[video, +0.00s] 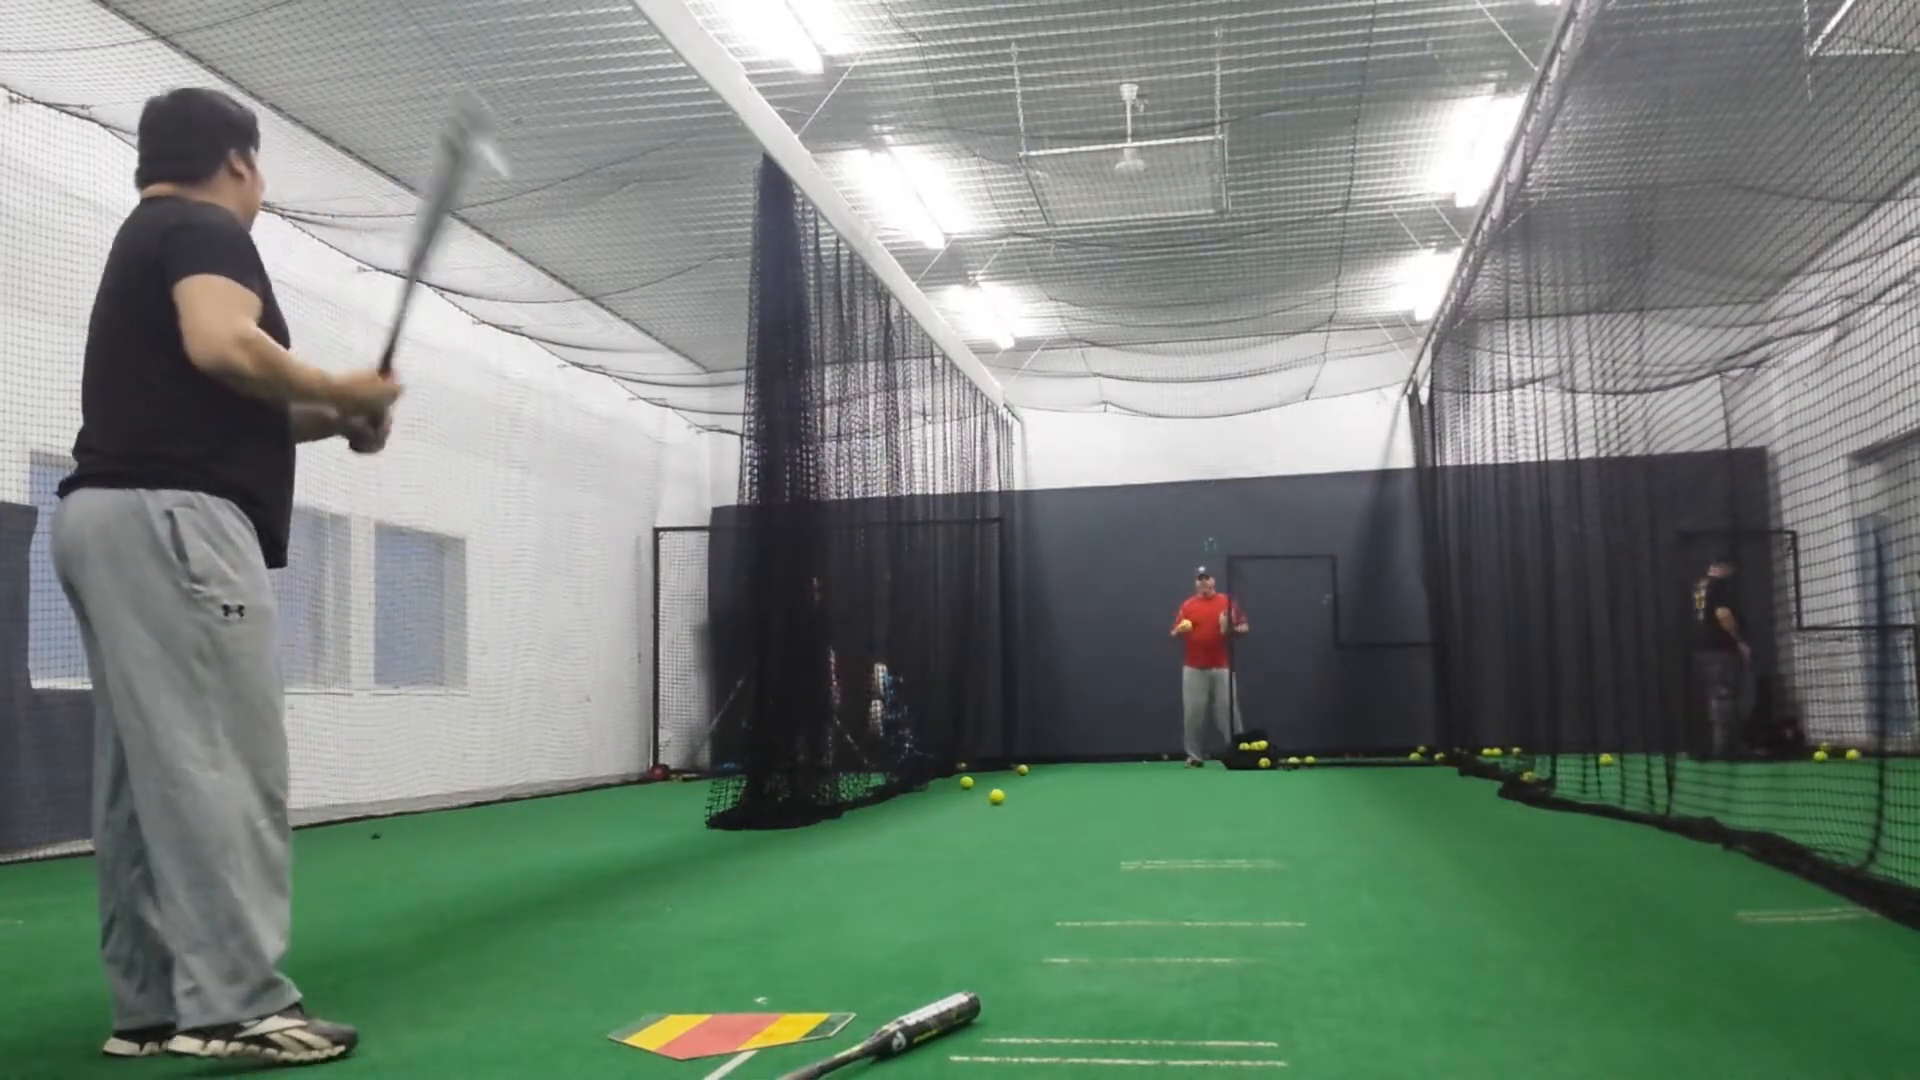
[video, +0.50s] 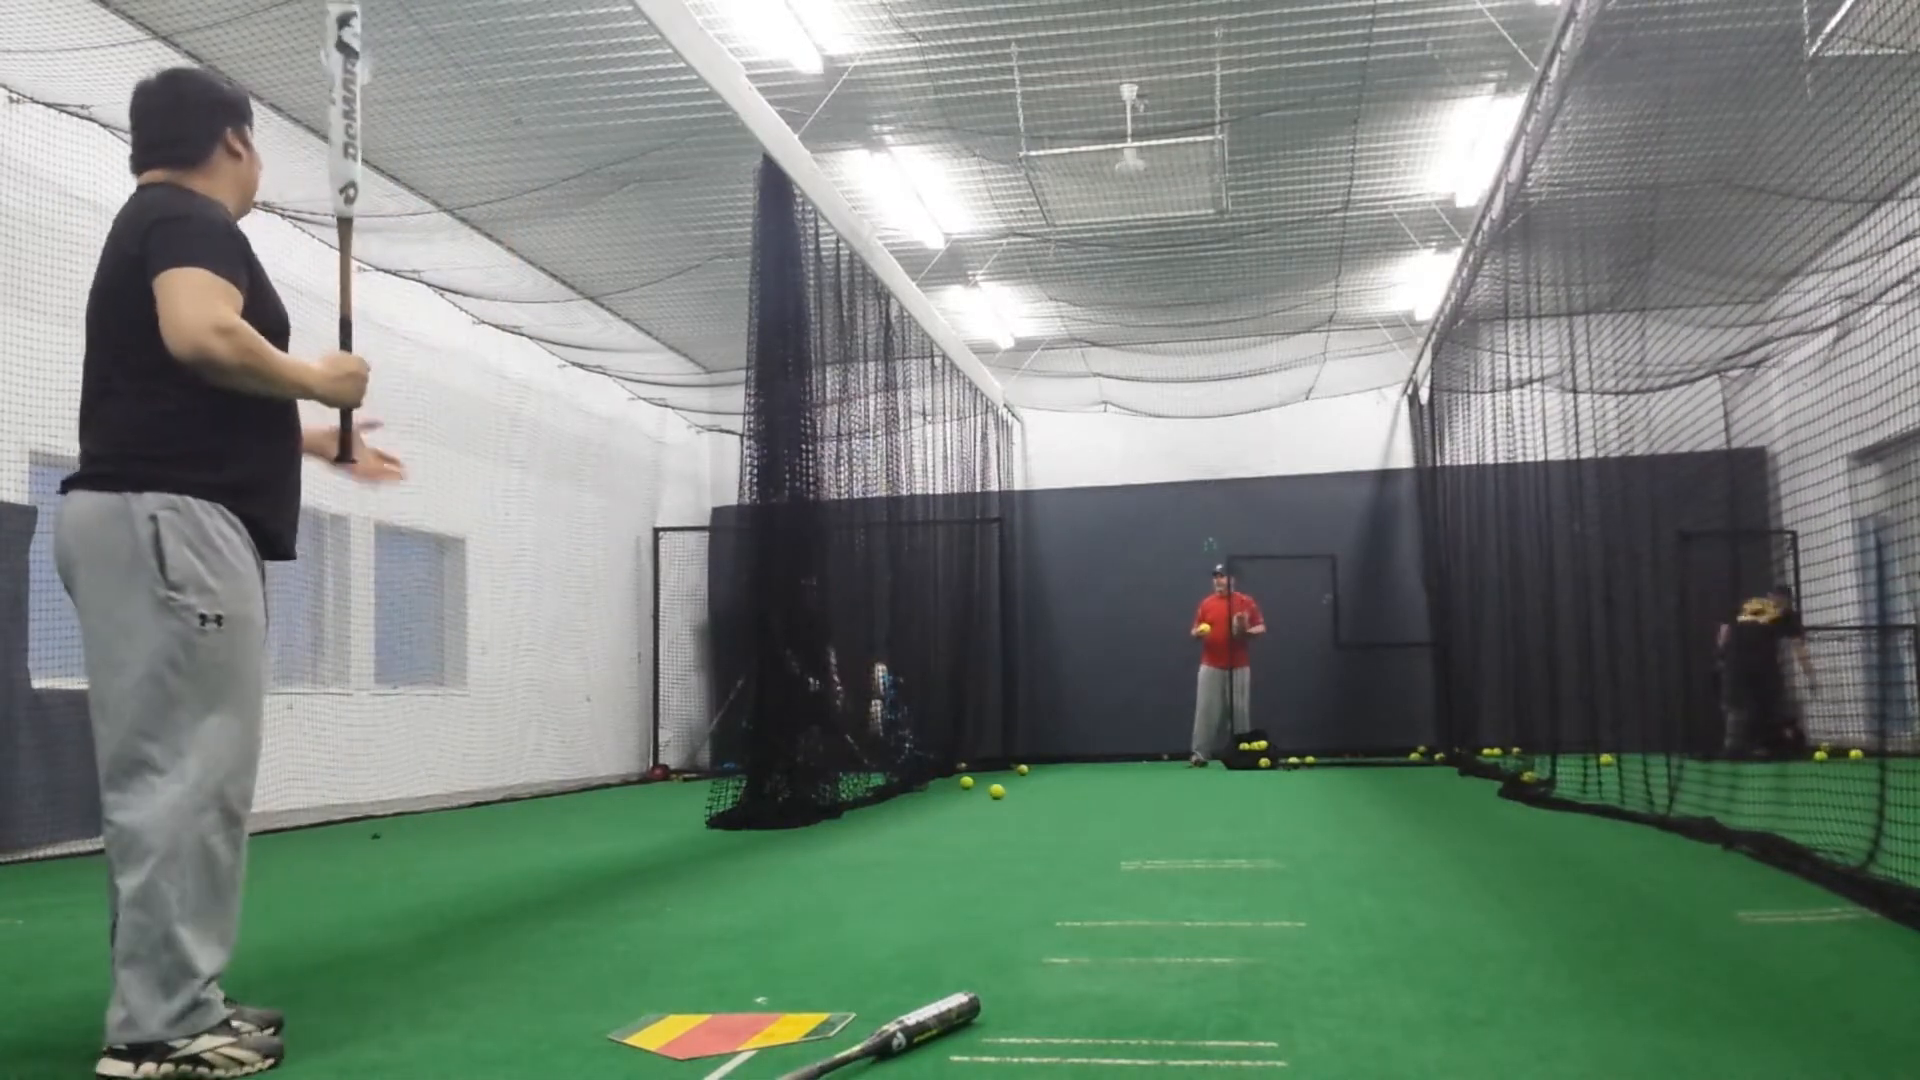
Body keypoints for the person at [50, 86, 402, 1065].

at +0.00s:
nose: (262, 185)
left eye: (258, 168)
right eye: (258, 167)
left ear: (162, 165)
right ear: (233, 160)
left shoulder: (146, 237)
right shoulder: (204, 226)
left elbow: (217, 418)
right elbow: (217, 343)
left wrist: (333, 418)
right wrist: (341, 387)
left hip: (106, 516)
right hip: (167, 518)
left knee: (142, 769)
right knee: (220, 758)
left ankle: (153, 1009)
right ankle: (237, 1004)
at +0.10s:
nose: (257, 182)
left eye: (253, 165)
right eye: (252, 163)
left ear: (157, 163)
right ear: (226, 156)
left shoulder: (146, 236)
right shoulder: (193, 223)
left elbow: (213, 414)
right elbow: (210, 338)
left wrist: (330, 409)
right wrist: (333, 366)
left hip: (116, 519)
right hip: (164, 520)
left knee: (148, 770)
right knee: (204, 761)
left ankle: (153, 1010)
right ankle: (206, 1009)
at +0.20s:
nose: (255, 181)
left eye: (251, 164)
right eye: (250, 163)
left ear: (157, 163)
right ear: (225, 156)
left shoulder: (148, 234)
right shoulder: (188, 221)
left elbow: (203, 406)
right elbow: (208, 338)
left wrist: (319, 405)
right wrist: (326, 357)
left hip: (125, 522)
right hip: (162, 523)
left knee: (159, 771)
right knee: (191, 769)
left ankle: (158, 1008)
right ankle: (185, 1012)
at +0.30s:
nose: (256, 179)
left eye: (251, 162)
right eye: (251, 160)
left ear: (161, 160)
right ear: (226, 154)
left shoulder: (153, 233)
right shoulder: (186, 221)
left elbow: (200, 400)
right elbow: (206, 336)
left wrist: (314, 413)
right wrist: (323, 358)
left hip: (139, 524)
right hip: (159, 525)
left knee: (162, 773)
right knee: (179, 773)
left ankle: (160, 1011)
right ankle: (182, 1015)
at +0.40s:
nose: (259, 170)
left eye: (252, 152)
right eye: (253, 151)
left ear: (162, 156)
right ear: (228, 149)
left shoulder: (158, 230)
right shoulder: (184, 221)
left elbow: (180, 401)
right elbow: (203, 333)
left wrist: (298, 438)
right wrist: (318, 366)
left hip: (149, 524)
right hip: (159, 526)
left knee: (168, 773)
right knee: (177, 774)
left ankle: (167, 1007)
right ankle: (174, 1015)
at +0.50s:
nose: (261, 165)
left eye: (254, 147)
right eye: (255, 146)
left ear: (160, 149)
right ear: (230, 142)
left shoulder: (157, 225)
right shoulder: (188, 217)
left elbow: (193, 400)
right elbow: (197, 334)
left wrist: (316, 440)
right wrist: (314, 377)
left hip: (139, 522)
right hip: (167, 526)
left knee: (165, 771)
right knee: (189, 772)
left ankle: (170, 1000)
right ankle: (162, 1020)